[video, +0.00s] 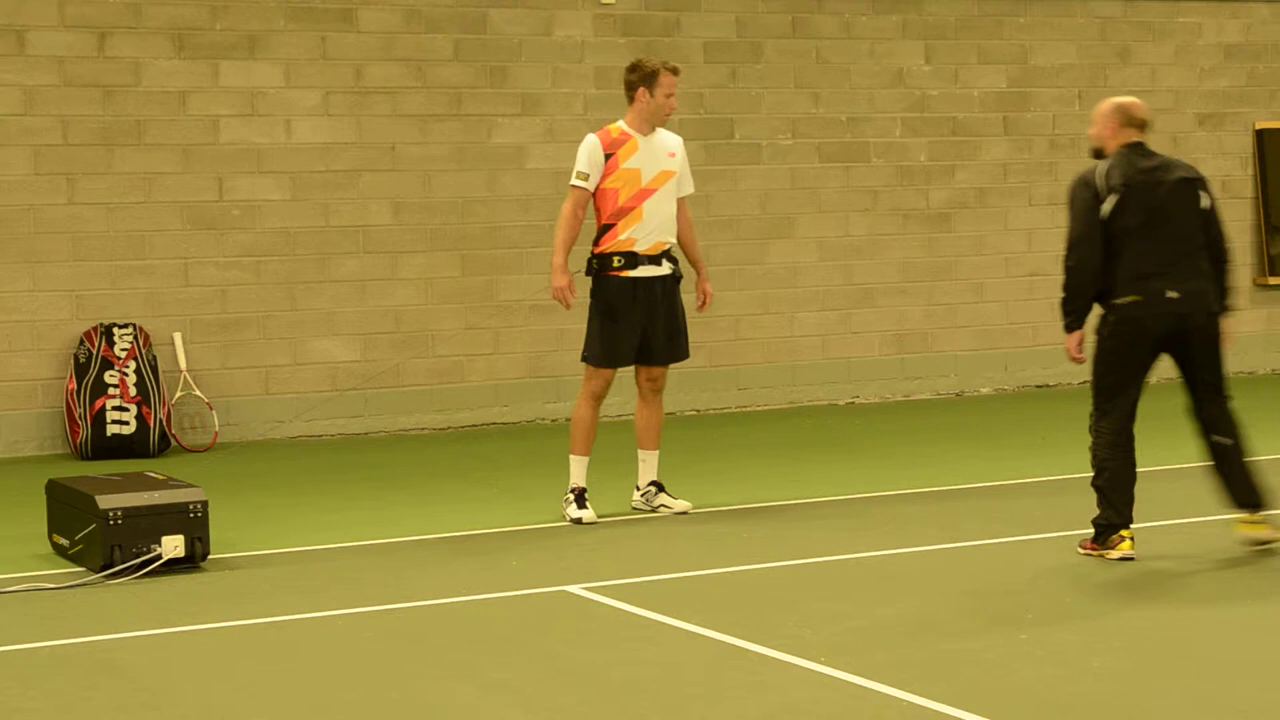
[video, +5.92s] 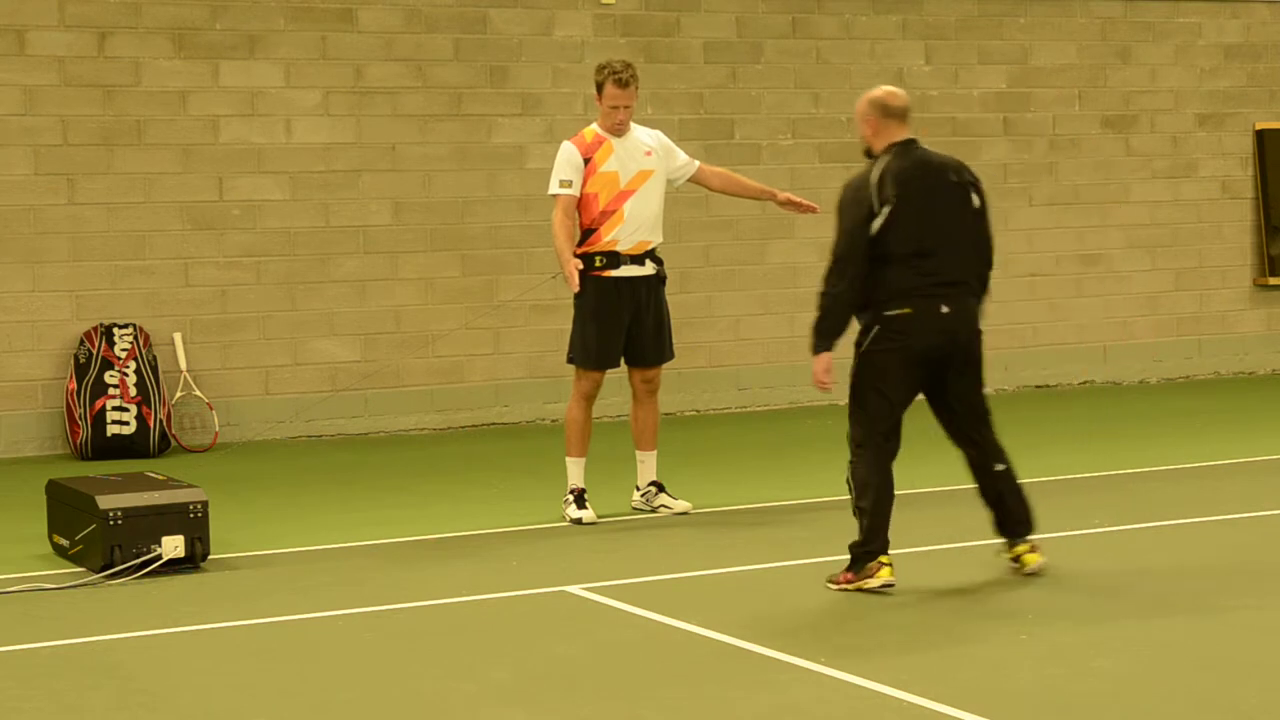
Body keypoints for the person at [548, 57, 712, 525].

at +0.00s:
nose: (675, 104)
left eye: (676, 95)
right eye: (669, 96)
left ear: (658, 98)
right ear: (642, 96)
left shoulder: (673, 146)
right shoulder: (599, 144)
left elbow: (682, 215)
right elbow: (574, 208)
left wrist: (700, 269)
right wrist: (559, 267)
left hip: (662, 280)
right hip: (615, 281)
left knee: (652, 382)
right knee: (596, 385)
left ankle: (648, 487)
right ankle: (577, 490)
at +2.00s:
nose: (652, 107)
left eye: (653, 99)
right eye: (646, 99)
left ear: (641, 99)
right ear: (618, 98)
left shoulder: (654, 142)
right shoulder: (579, 148)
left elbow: (666, 208)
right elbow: (558, 214)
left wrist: (687, 264)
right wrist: (549, 275)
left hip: (649, 281)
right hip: (601, 283)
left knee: (648, 384)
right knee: (588, 388)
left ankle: (647, 487)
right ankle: (576, 492)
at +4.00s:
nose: (649, 108)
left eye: (651, 100)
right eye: (643, 101)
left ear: (628, 100)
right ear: (616, 99)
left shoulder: (647, 141)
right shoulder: (580, 150)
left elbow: (657, 209)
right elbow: (571, 216)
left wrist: (676, 266)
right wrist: (589, 269)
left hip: (648, 279)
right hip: (602, 281)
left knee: (646, 384)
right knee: (587, 388)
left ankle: (647, 487)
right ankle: (576, 492)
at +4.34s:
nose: (651, 105)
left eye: (652, 98)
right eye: (646, 98)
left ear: (633, 99)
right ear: (618, 98)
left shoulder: (650, 143)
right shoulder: (579, 149)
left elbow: (677, 204)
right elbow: (568, 215)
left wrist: (721, 243)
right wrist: (582, 266)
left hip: (647, 281)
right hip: (601, 282)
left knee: (646, 383)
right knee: (586, 388)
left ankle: (647, 488)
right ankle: (575, 494)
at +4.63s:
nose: (648, 105)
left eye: (649, 98)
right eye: (642, 98)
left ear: (632, 99)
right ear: (615, 98)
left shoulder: (652, 142)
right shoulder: (578, 149)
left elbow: (706, 177)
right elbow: (568, 213)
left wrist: (768, 198)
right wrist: (577, 266)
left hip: (646, 279)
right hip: (599, 280)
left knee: (646, 383)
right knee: (587, 387)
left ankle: (648, 487)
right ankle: (576, 493)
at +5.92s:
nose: (621, 116)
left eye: (628, 107)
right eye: (614, 107)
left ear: (637, 102)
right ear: (597, 101)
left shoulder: (654, 143)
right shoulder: (576, 149)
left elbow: (710, 176)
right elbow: (562, 214)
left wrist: (773, 194)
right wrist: (568, 265)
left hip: (646, 281)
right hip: (598, 282)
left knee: (647, 383)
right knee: (586, 387)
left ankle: (647, 488)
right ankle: (575, 494)